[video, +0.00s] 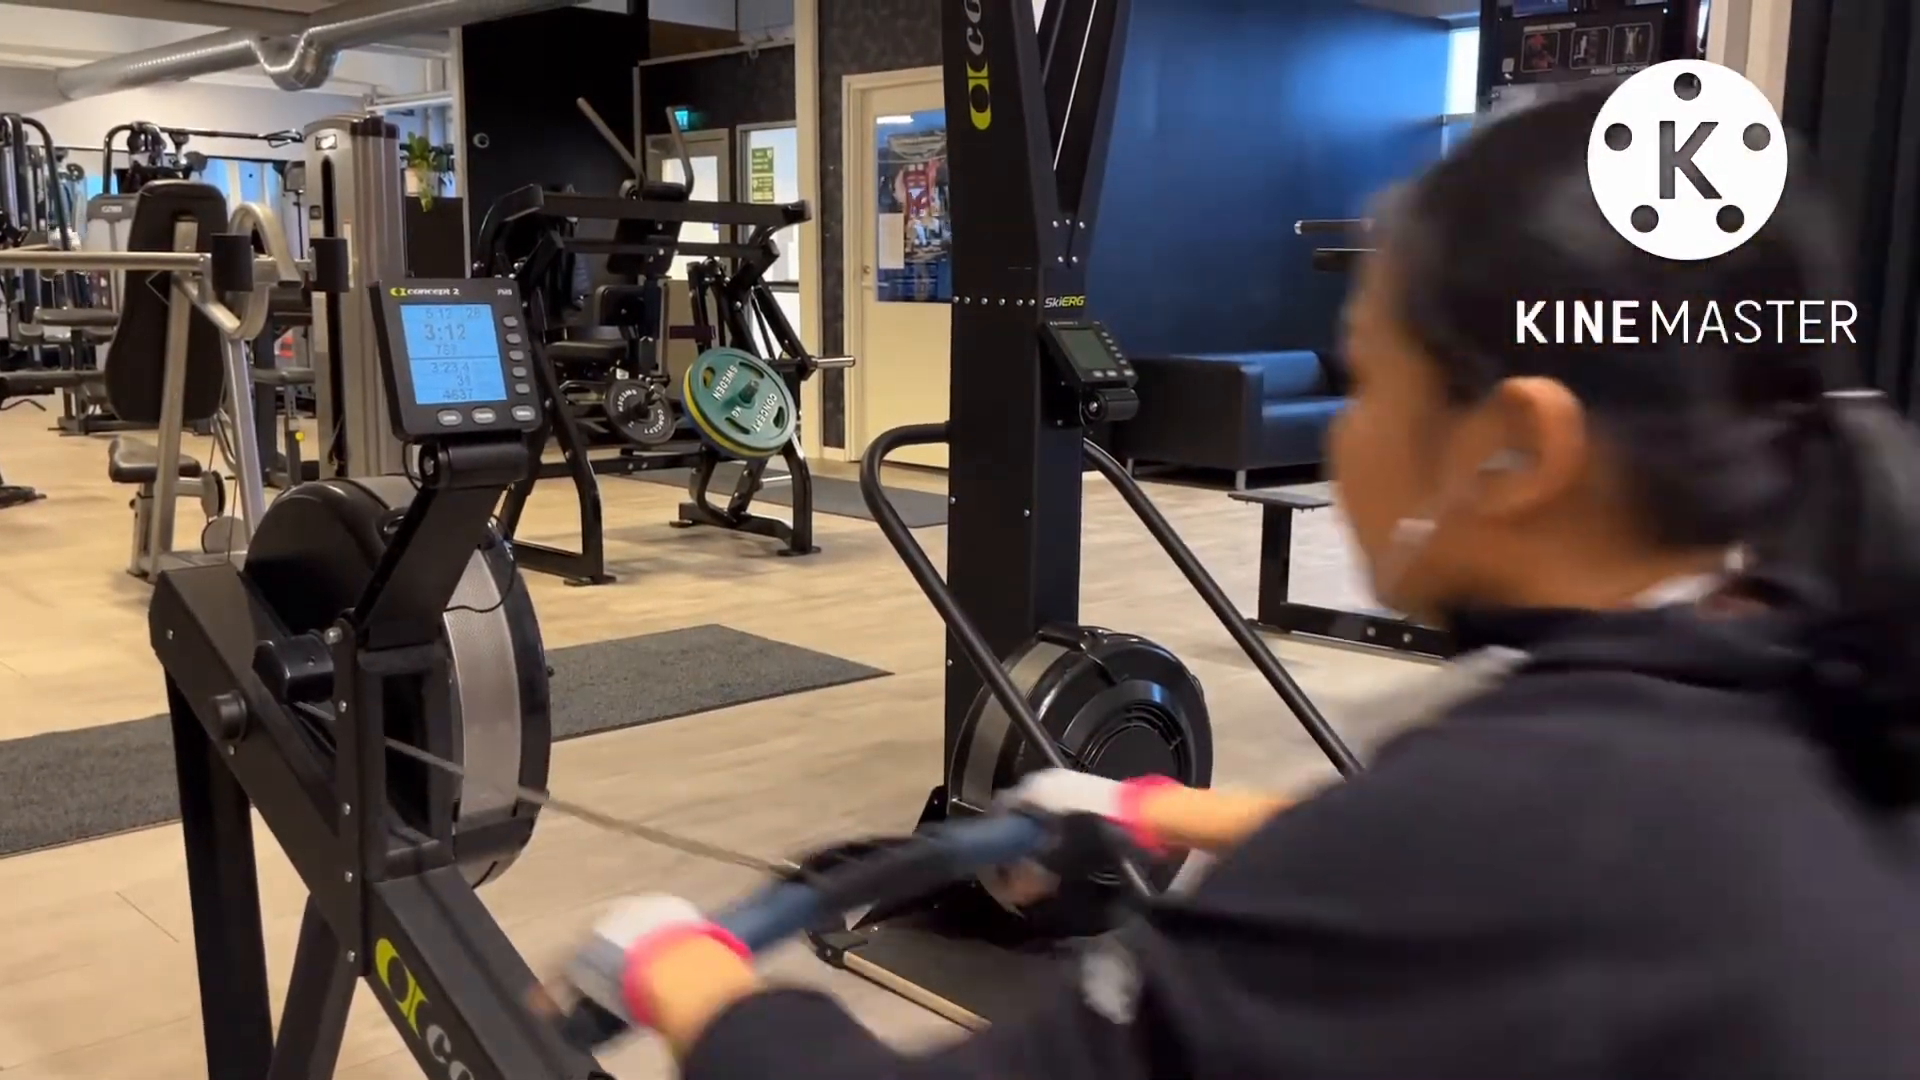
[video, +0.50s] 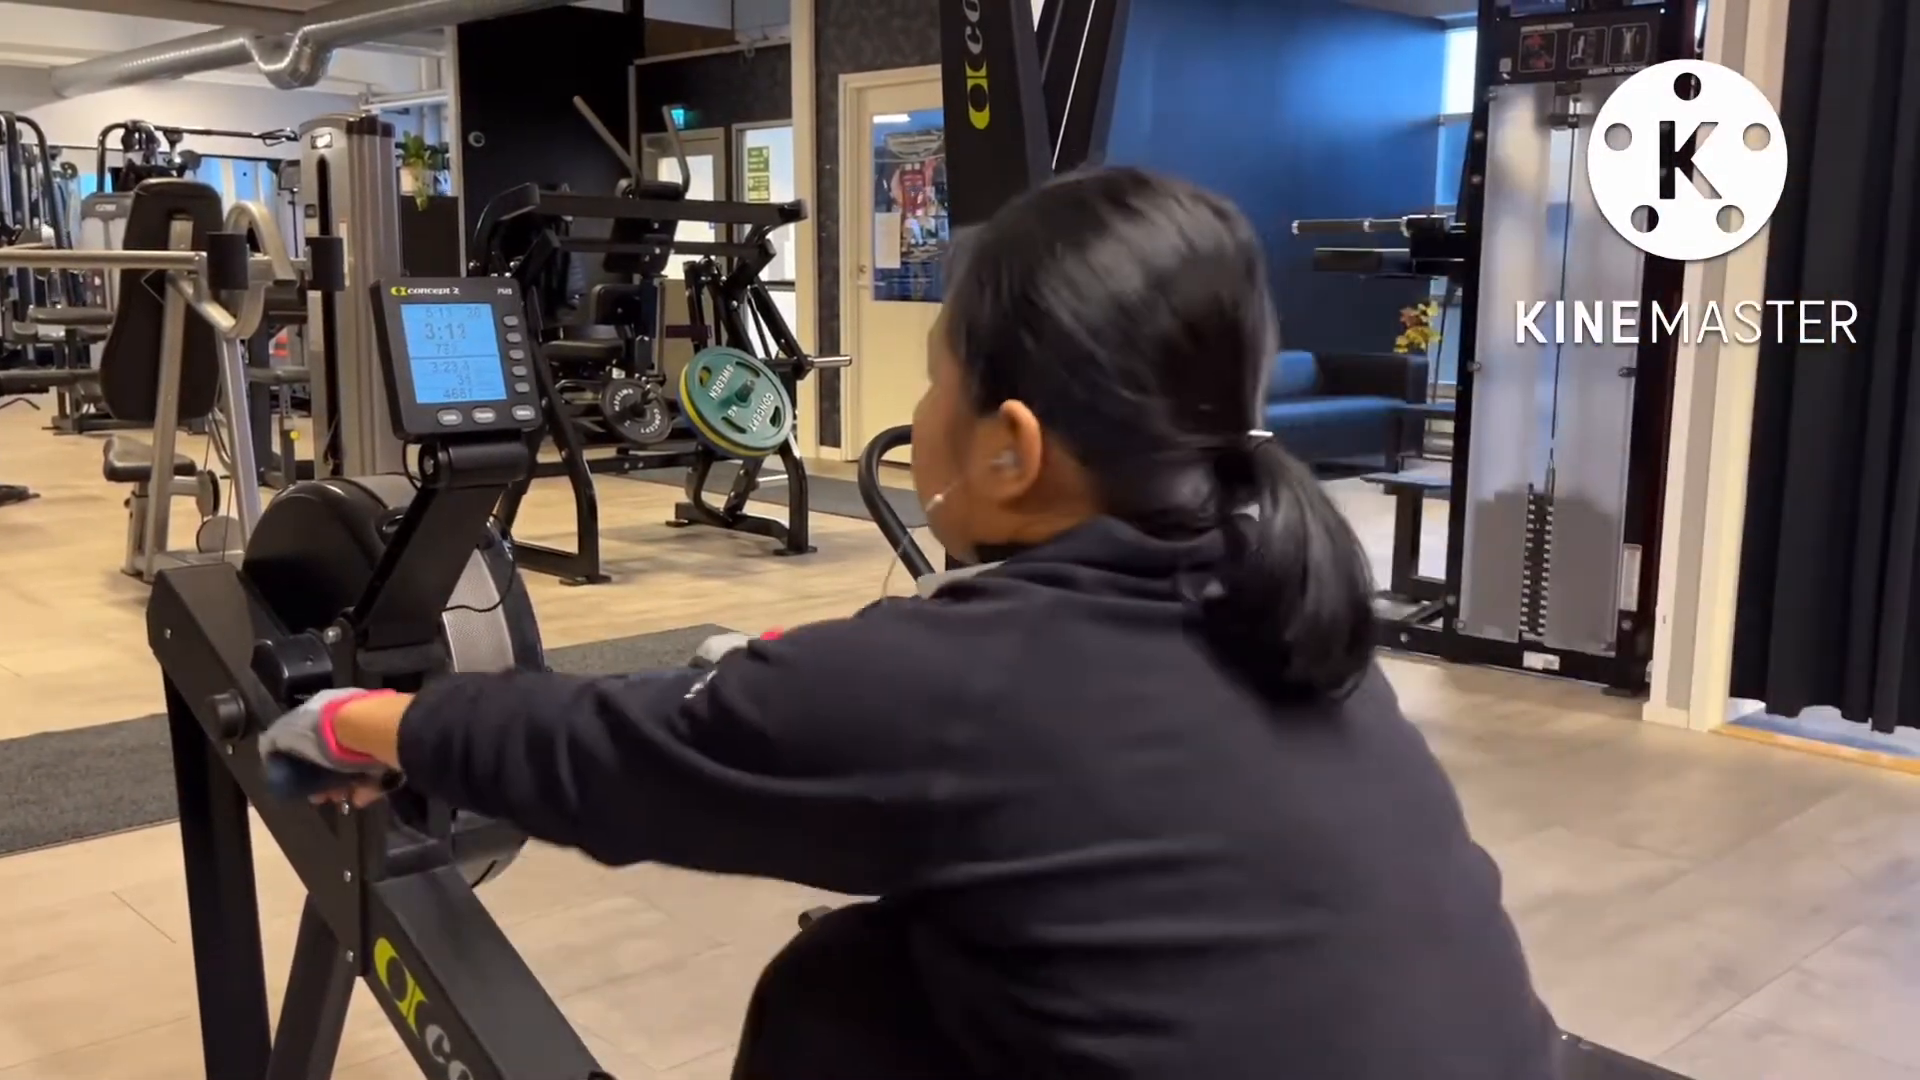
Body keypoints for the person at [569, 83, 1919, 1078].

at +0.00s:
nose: (1334, 440)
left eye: (1357, 389)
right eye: (1347, 384)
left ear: (1519, 450)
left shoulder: (1480, 826)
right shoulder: (1822, 687)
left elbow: (992, 1076)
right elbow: (1589, 815)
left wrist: (721, 1003)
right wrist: (1285, 834)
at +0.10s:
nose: (1198, 416)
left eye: (1224, 377)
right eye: (1214, 370)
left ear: (1356, 450)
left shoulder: (1324, 773)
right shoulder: (1649, 681)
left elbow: (857, 1037)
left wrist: (606, 921)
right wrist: (1133, 794)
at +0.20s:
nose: (1084, 421)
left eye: (1105, 385)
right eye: (1098, 379)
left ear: (1214, 446)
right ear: (1424, 425)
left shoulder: (1142, 743)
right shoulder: (1505, 645)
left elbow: (739, 956)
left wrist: (515, 855)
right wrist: (1013, 746)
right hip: (1666, 1043)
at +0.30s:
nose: (993, 418)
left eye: (1013, 381)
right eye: (1006, 377)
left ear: (1112, 441)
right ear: (1307, 409)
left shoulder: (1019, 721)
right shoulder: (1407, 619)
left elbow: (652, 875)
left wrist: (443, 793)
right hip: (1567, 1043)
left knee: (876, 975)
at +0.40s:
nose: (940, 417)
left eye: (958, 381)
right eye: (954, 375)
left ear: (1045, 439)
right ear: (1241, 407)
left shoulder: (977, 690)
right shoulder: (1331, 602)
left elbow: (638, 797)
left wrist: (402, 758)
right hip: (1513, 1046)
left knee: (829, 982)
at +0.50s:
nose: (916, 419)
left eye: (934, 383)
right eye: (930, 375)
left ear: (1018, 447)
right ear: (1210, 423)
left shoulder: (961, 674)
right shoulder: (1297, 594)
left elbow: (638, 744)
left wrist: (385, 725)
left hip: (1237, 1066)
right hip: (1490, 1048)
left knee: (831, 977)